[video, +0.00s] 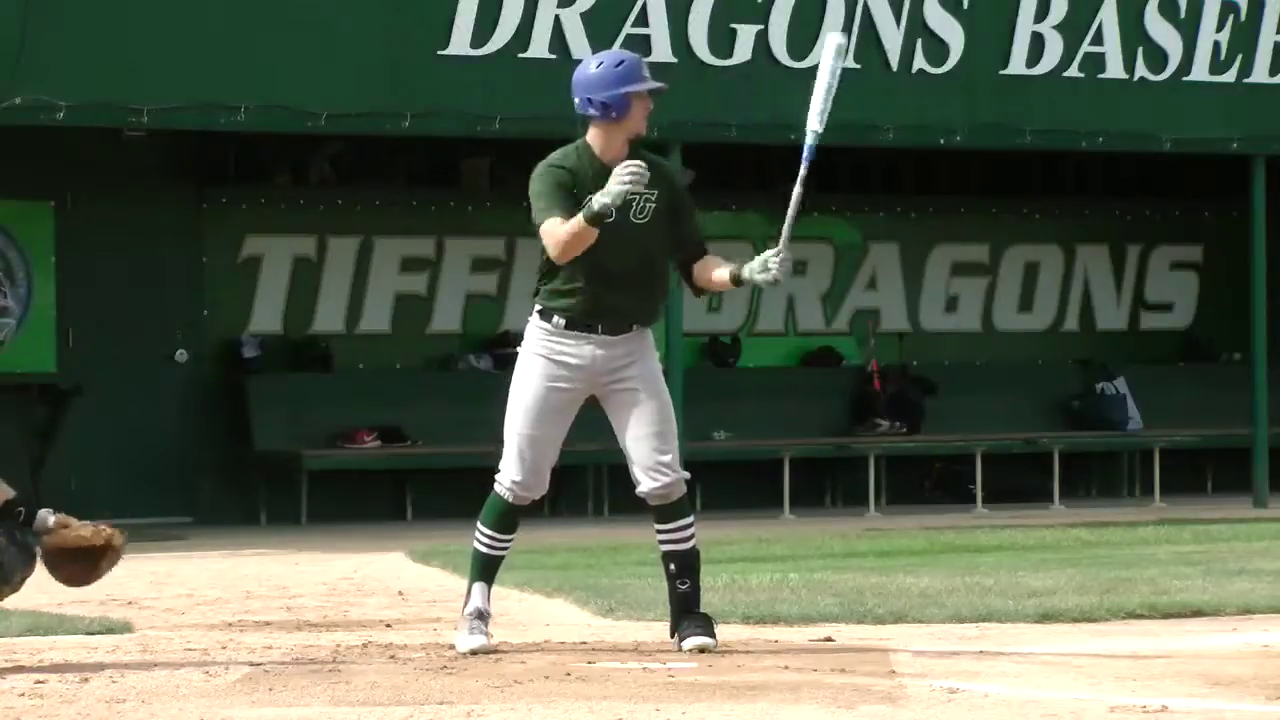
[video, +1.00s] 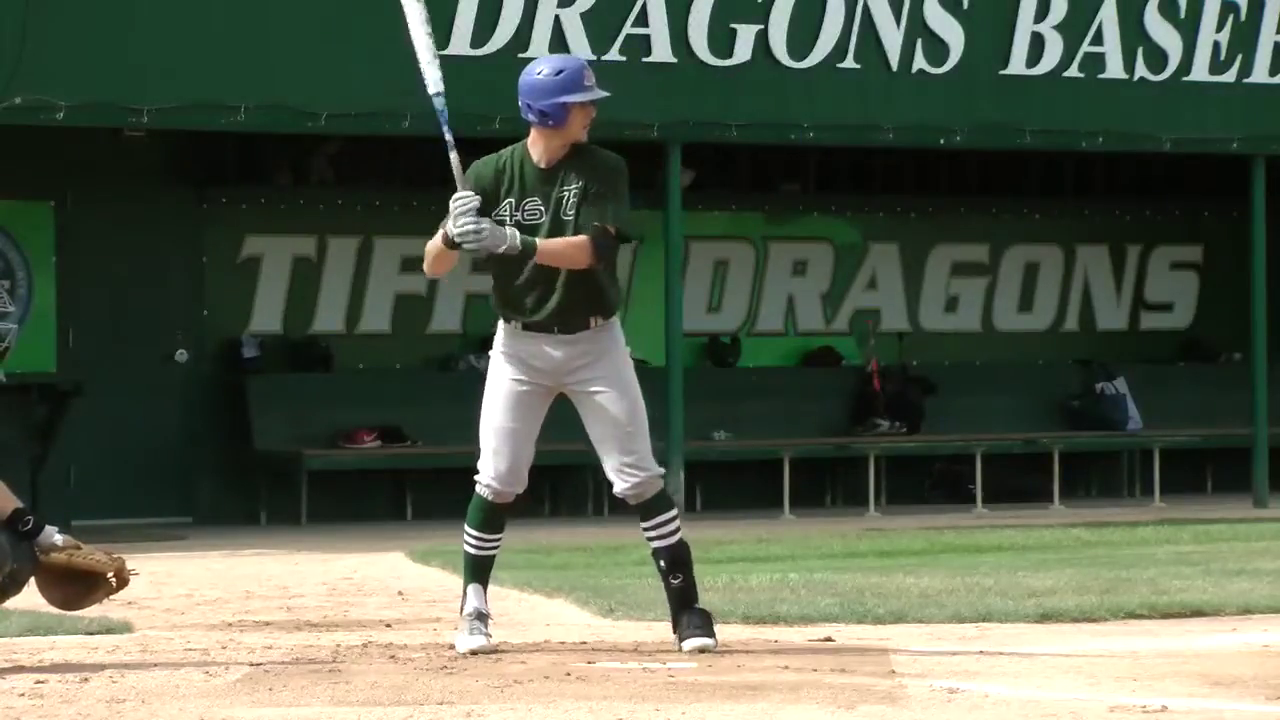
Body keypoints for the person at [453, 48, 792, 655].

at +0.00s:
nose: (650, 105)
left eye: (648, 96)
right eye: (641, 96)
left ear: (620, 106)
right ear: (609, 105)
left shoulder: (661, 178)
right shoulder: (556, 173)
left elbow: (699, 267)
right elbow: (558, 245)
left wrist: (744, 270)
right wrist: (605, 201)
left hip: (632, 348)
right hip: (556, 345)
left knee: (665, 480)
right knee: (520, 481)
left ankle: (688, 619)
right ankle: (476, 608)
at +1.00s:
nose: (592, 113)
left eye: (590, 104)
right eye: (582, 106)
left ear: (567, 112)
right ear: (547, 112)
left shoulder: (603, 170)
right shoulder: (489, 176)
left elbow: (593, 251)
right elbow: (434, 267)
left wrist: (513, 243)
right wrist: (451, 233)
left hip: (597, 346)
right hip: (519, 349)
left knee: (638, 477)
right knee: (498, 479)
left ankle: (688, 613)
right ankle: (473, 610)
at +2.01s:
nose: (608, 121)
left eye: (608, 112)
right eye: (599, 113)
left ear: (588, 114)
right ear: (565, 116)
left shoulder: (613, 174)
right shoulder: (503, 167)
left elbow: (598, 247)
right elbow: (423, 233)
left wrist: (520, 209)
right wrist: (469, 190)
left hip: (597, 350)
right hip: (520, 349)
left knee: (629, 484)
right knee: (503, 478)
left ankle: (683, 601)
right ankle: (473, 611)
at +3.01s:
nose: (623, 126)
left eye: (621, 117)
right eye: (614, 119)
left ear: (593, 122)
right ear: (582, 124)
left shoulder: (628, 179)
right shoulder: (520, 172)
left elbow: (615, 242)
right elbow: (433, 226)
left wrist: (551, 209)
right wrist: (489, 192)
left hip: (610, 358)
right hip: (533, 354)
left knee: (638, 494)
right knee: (526, 484)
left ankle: (687, 611)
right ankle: (477, 610)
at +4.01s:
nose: (623, 127)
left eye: (621, 118)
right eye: (613, 120)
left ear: (599, 122)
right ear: (580, 124)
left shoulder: (630, 178)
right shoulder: (523, 173)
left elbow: (615, 244)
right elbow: (439, 228)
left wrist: (552, 199)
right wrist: (495, 187)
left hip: (612, 358)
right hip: (535, 354)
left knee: (639, 498)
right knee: (523, 483)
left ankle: (687, 611)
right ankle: (478, 608)